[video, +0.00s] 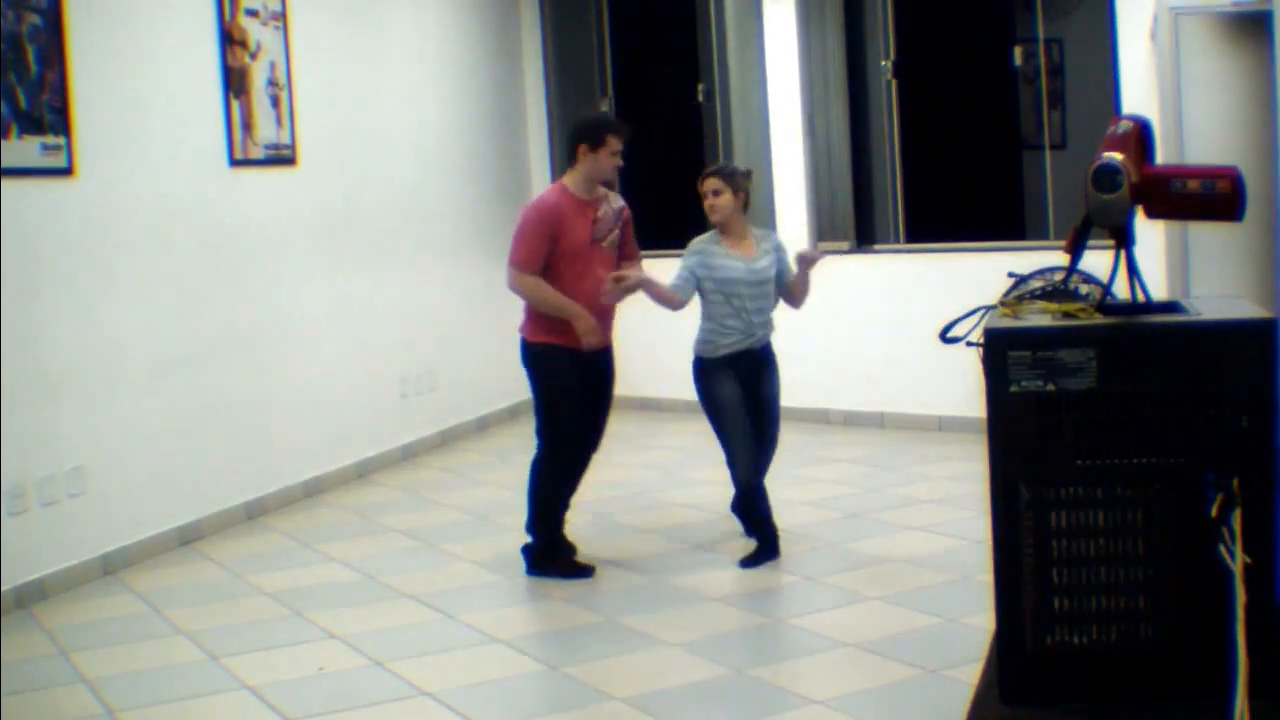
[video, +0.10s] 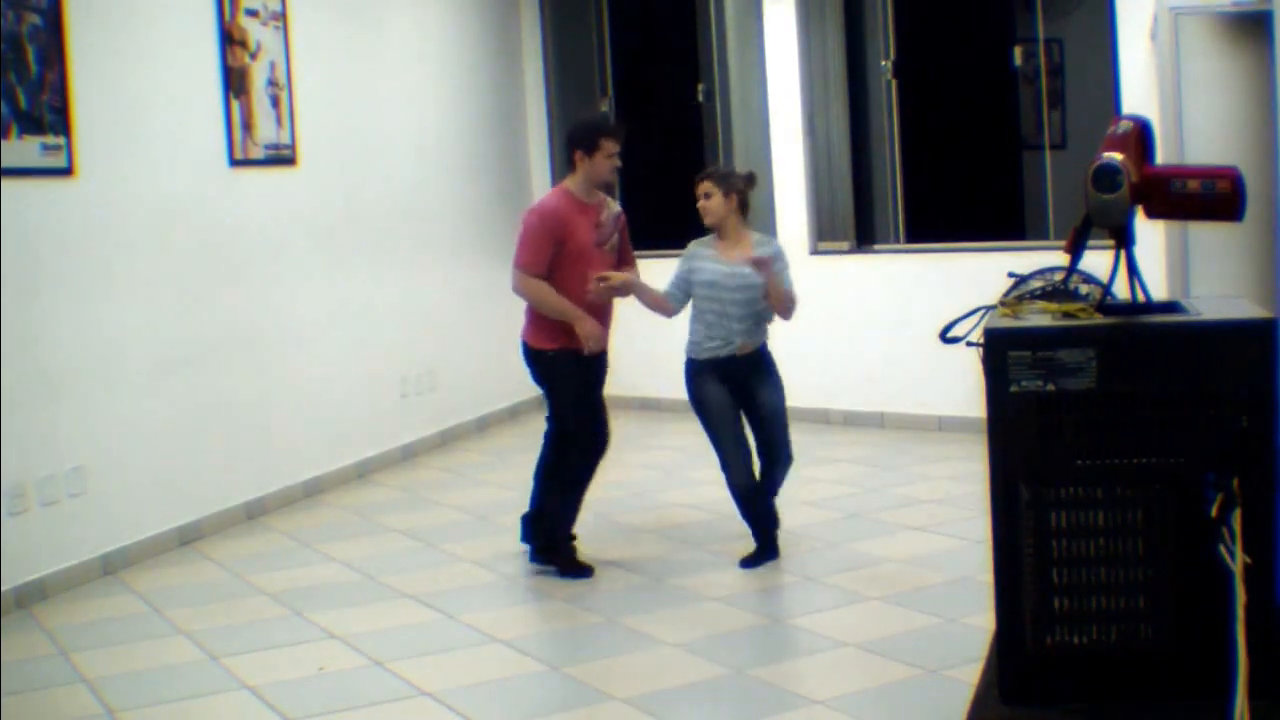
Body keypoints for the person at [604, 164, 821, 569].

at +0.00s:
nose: (708, 203)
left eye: (716, 194)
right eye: (704, 197)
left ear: (740, 197)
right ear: (704, 203)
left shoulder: (770, 245)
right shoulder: (700, 250)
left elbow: (794, 299)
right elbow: (675, 300)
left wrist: (804, 269)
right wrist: (643, 281)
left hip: (758, 356)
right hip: (714, 360)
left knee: (765, 440)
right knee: (741, 451)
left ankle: (744, 501)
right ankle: (767, 540)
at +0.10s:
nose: (701, 205)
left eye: (708, 196)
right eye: (698, 198)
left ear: (733, 199)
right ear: (705, 205)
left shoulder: (767, 250)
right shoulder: (697, 254)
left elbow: (785, 311)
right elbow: (669, 306)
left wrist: (770, 277)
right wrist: (633, 285)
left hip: (754, 362)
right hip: (706, 367)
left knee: (779, 454)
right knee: (736, 460)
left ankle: (762, 502)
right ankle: (765, 541)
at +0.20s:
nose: (693, 207)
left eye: (698, 199)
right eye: (695, 199)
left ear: (718, 202)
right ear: (714, 203)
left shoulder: (756, 251)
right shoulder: (700, 256)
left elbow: (757, 310)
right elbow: (677, 308)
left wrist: (716, 278)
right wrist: (639, 281)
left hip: (746, 365)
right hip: (703, 368)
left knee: (747, 458)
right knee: (729, 463)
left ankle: (786, 509)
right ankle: (764, 540)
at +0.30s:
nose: (689, 203)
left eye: (694, 196)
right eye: (691, 195)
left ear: (709, 201)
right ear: (715, 201)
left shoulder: (732, 248)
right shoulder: (711, 249)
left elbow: (722, 306)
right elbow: (698, 301)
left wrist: (672, 274)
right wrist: (663, 273)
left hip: (734, 363)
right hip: (713, 365)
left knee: (713, 455)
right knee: (732, 456)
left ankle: (769, 541)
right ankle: (768, 541)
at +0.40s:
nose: (681, 199)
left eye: (684, 193)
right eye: (683, 192)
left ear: (694, 198)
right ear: (725, 201)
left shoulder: (696, 248)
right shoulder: (732, 246)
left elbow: (669, 303)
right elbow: (701, 276)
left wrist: (642, 272)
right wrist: (663, 262)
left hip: (712, 363)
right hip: (742, 358)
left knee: (697, 465)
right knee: (736, 455)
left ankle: (716, 559)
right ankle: (778, 538)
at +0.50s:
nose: (672, 200)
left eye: (674, 194)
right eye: (674, 194)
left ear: (681, 200)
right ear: (721, 202)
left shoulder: (664, 247)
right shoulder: (732, 252)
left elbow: (630, 293)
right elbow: (754, 293)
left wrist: (627, 260)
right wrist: (715, 274)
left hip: (690, 370)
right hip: (736, 364)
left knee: (684, 470)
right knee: (738, 457)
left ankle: (681, 569)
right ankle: (778, 539)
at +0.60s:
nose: (659, 199)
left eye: (661, 195)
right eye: (664, 194)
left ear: (665, 203)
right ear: (709, 206)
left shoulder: (638, 245)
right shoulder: (719, 256)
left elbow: (598, 290)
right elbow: (759, 293)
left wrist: (635, 311)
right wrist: (723, 270)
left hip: (666, 372)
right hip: (718, 368)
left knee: (674, 474)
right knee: (739, 461)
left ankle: (677, 576)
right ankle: (768, 549)